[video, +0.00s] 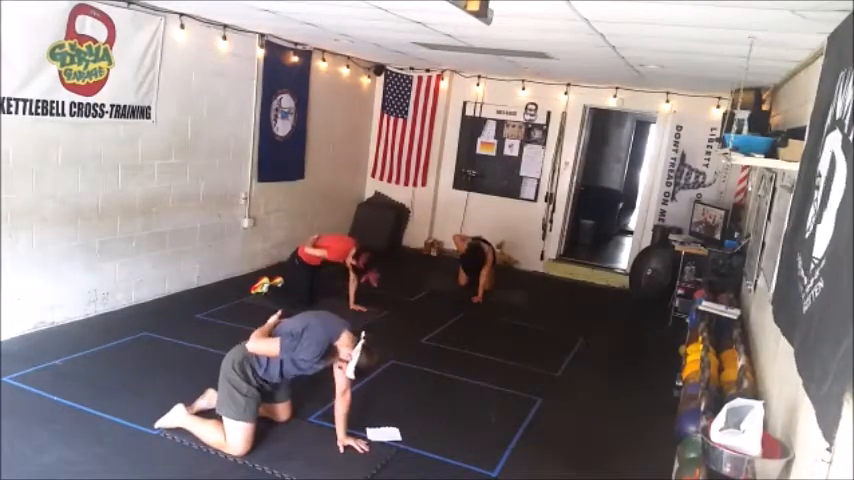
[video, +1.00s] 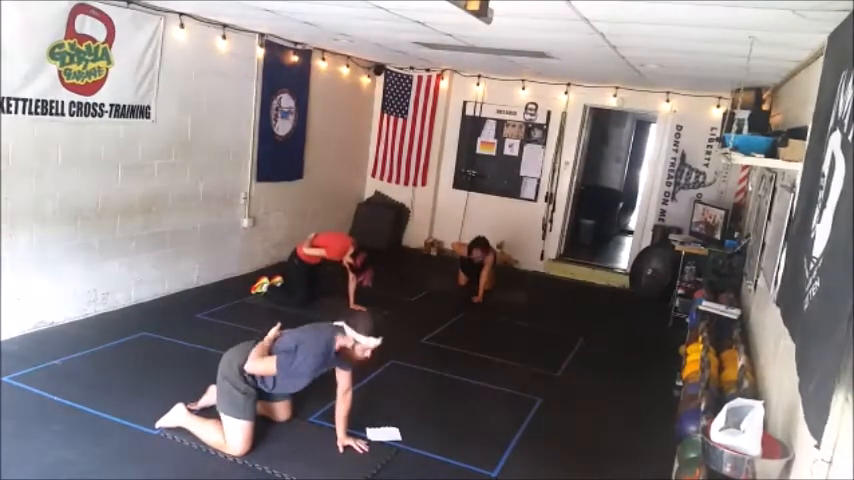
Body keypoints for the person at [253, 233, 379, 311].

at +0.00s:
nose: (351, 267)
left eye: (354, 267)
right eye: (353, 264)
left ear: (361, 256)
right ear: (356, 258)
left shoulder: (354, 251)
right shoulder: (337, 253)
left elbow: (353, 278)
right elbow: (305, 250)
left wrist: (352, 303)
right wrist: (312, 239)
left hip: (313, 263)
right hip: (301, 262)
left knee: (309, 300)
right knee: (301, 302)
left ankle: (278, 284)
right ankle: (269, 287)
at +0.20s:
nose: (352, 267)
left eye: (356, 267)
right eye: (354, 264)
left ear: (360, 255)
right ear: (356, 256)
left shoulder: (352, 249)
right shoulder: (337, 253)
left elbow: (353, 275)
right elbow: (306, 249)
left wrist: (351, 297)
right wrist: (313, 239)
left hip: (313, 262)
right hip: (300, 262)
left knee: (310, 297)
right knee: (301, 300)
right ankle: (270, 287)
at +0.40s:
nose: (364, 264)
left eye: (366, 261)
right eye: (364, 260)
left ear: (365, 256)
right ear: (359, 254)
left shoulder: (354, 254)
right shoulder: (340, 257)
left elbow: (353, 279)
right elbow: (307, 256)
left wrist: (352, 303)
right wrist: (312, 248)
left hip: (309, 264)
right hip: (297, 263)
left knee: (310, 299)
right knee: (301, 302)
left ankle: (279, 284)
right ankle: (269, 288)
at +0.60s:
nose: (368, 250)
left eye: (369, 247)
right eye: (365, 247)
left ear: (357, 246)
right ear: (356, 246)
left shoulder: (352, 256)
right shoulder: (341, 259)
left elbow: (352, 279)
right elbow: (308, 261)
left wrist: (351, 303)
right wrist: (315, 251)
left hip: (301, 252)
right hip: (295, 262)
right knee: (301, 298)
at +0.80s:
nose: (359, 270)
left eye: (362, 270)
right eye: (363, 268)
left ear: (365, 256)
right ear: (363, 258)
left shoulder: (352, 253)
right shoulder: (338, 255)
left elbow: (352, 279)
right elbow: (304, 253)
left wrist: (352, 303)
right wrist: (310, 241)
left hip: (308, 262)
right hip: (296, 261)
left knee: (310, 295)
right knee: (301, 299)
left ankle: (279, 284)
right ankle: (269, 288)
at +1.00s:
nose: (346, 266)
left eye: (349, 266)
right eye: (348, 264)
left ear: (357, 256)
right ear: (351, 257)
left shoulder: (352, 249)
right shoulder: (335, 252)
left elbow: (352, 278)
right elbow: (304, 251)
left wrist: (352, 303)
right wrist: (310, 239)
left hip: (313, 262)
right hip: (299, 261)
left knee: (311, 295)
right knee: (299, 298)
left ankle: (281, 283)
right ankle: (269, 288)